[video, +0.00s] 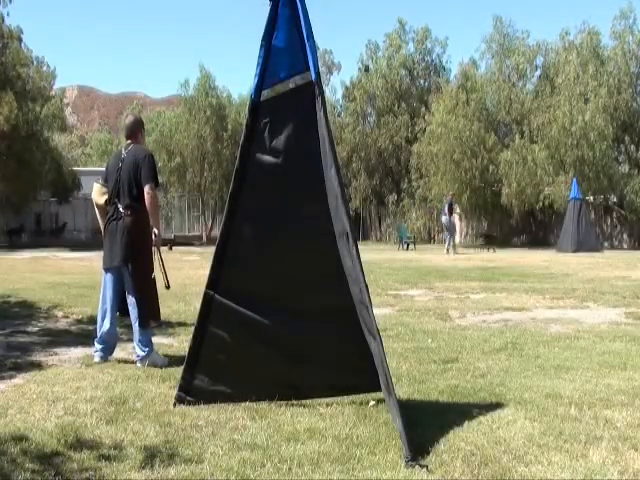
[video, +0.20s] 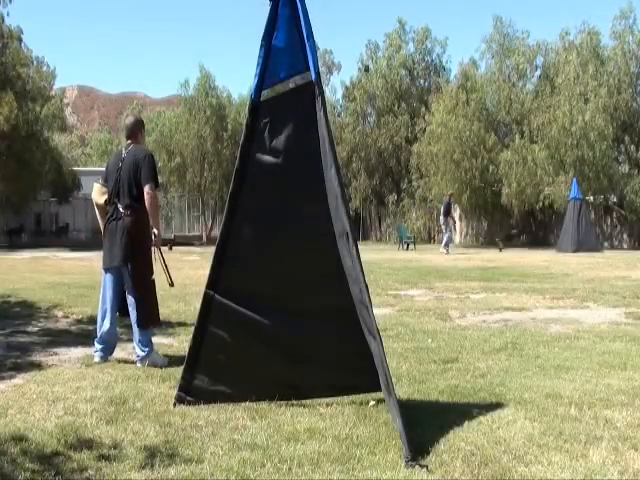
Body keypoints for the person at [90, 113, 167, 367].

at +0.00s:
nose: (145, 135)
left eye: (143, 132)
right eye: (144, 132)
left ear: (125, 135)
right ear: (140, 133)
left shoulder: (113, 160)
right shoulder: (144, 155)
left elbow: (99, 197)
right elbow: (149, 193)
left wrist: (105, 228)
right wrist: (156, 227)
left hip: (112, 230)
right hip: (134, 230)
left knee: (109, 294)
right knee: (138, 293)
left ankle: (102, 349)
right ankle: (144, 351)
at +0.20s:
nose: (145, 136)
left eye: (143, 132)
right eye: (145, 132)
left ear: (125, 134)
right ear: (141, 133)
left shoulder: (113, 160)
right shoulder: (144, 155)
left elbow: (99, 197)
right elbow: (149, 193)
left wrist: (105, 228)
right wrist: (156, 227)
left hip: (112, 230)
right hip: (134, 230)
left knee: (109, 293)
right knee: (138, 293)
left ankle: (102, 349)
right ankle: (144, 351)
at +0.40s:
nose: (145, 136)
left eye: (143, 132)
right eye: (145, 132)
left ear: (126, 135)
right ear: (141, 133)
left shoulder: (114, 160)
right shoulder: (144, 156)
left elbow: (99, 196)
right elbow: (149, 193)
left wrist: (105, 227)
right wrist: (156, 226)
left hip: (112, 230)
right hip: (134, 230)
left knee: (109, 294)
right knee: (138, 293)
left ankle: (101, 349)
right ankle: (144, 351)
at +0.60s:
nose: (146, 135)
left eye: (143, 132)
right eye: (145, 132)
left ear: (125, 134)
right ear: (141, 133)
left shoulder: (114, 159)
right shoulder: (143, 156)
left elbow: (98, 196)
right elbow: (148, 193)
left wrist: (105, 226)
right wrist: (155, 226)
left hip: (111, 229)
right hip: (133, 230)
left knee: (108, 294)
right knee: (138, 292)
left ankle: (101, 349)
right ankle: (144, 352)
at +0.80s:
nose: (145, 135)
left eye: (143, 132)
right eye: (145, 132)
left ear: (125, 134)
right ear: (141, 133)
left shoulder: (114, 159)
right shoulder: (143, 156)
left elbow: (98, 196)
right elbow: (148, 193)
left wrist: (105, 225)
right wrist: (154, 226)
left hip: (111, 230)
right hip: (133, 230)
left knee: (108, 293)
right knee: (137, 292)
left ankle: (101, 349)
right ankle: (144, 351)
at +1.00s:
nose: (146, 136)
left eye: (144, 132)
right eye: (145, 132)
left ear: (126, 134)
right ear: (140, 133)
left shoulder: (114, 158)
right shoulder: (143, 156)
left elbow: (99, 194)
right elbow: (147, 194)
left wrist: (106, 223)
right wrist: (154, 227)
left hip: (111, 228)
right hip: (133, 228)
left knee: (109, 292)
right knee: (137, 291)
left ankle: (101, 348)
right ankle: (144, 351)